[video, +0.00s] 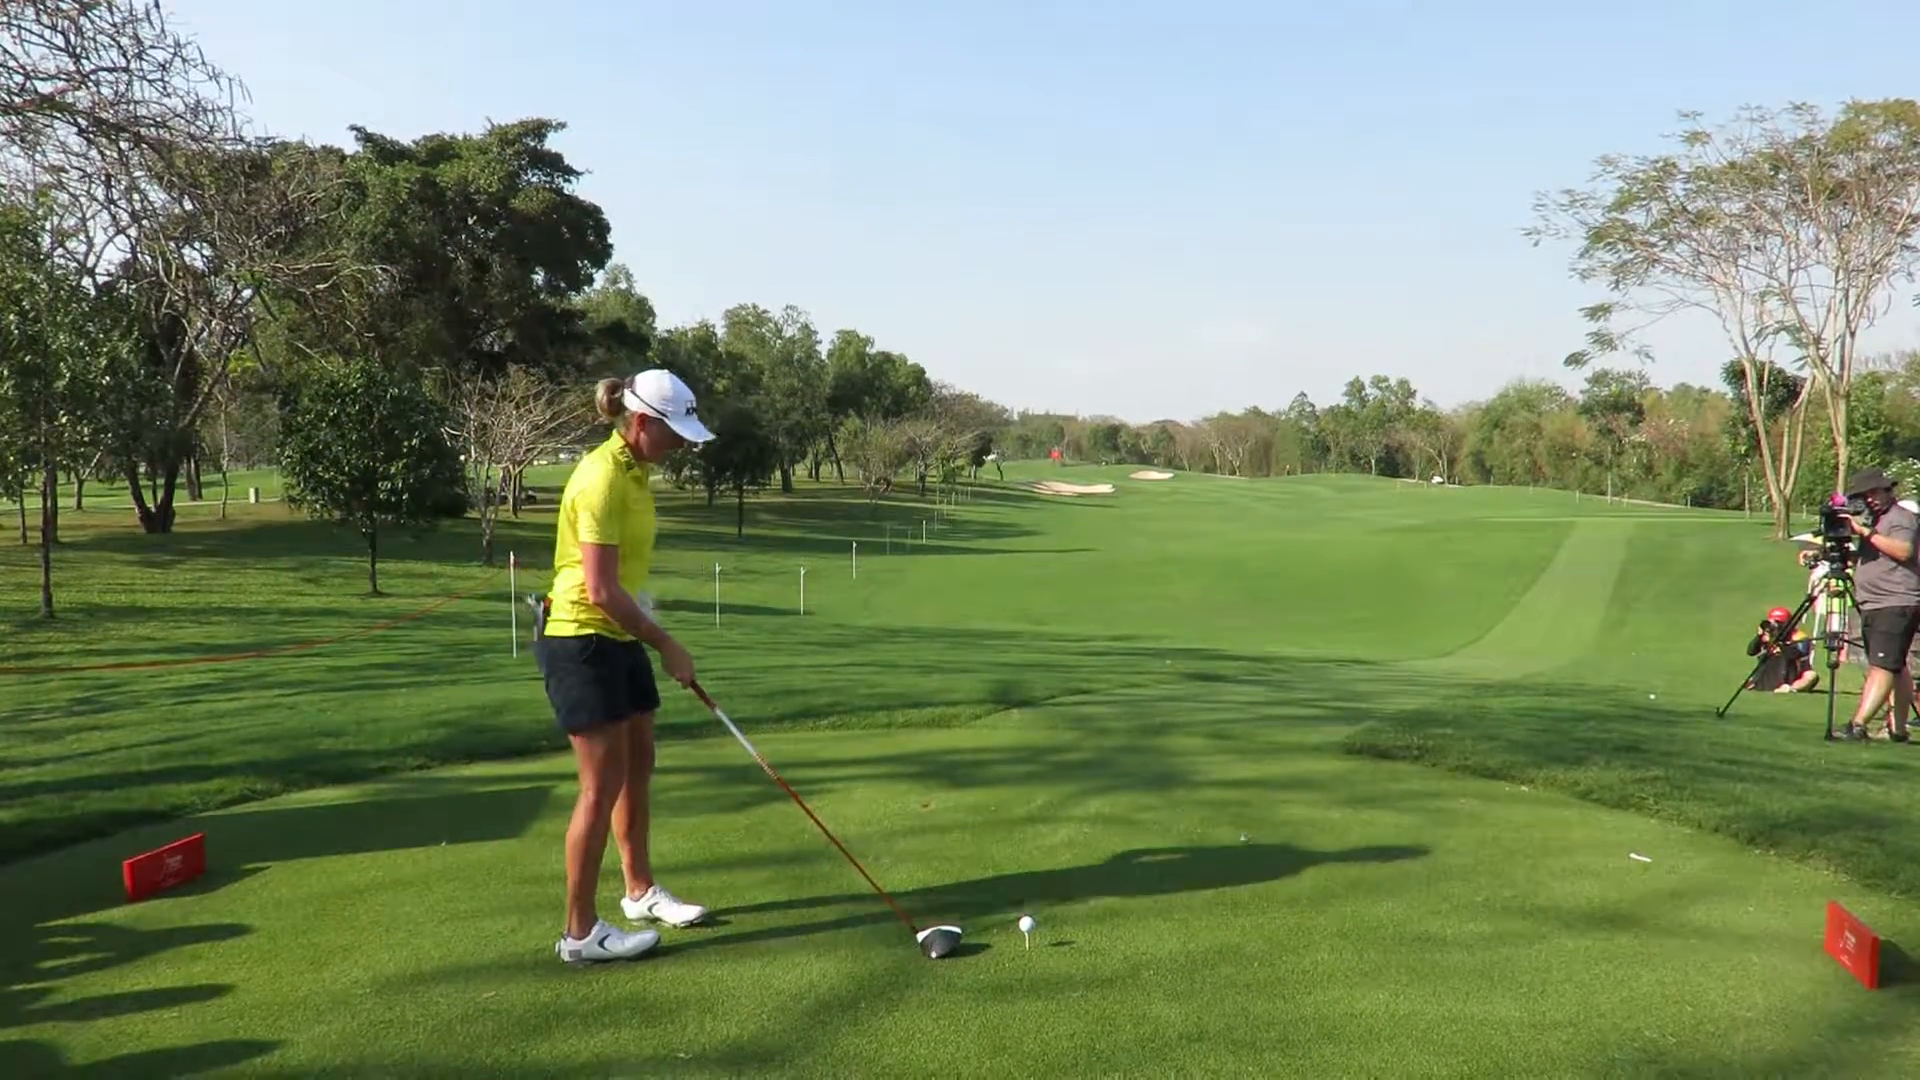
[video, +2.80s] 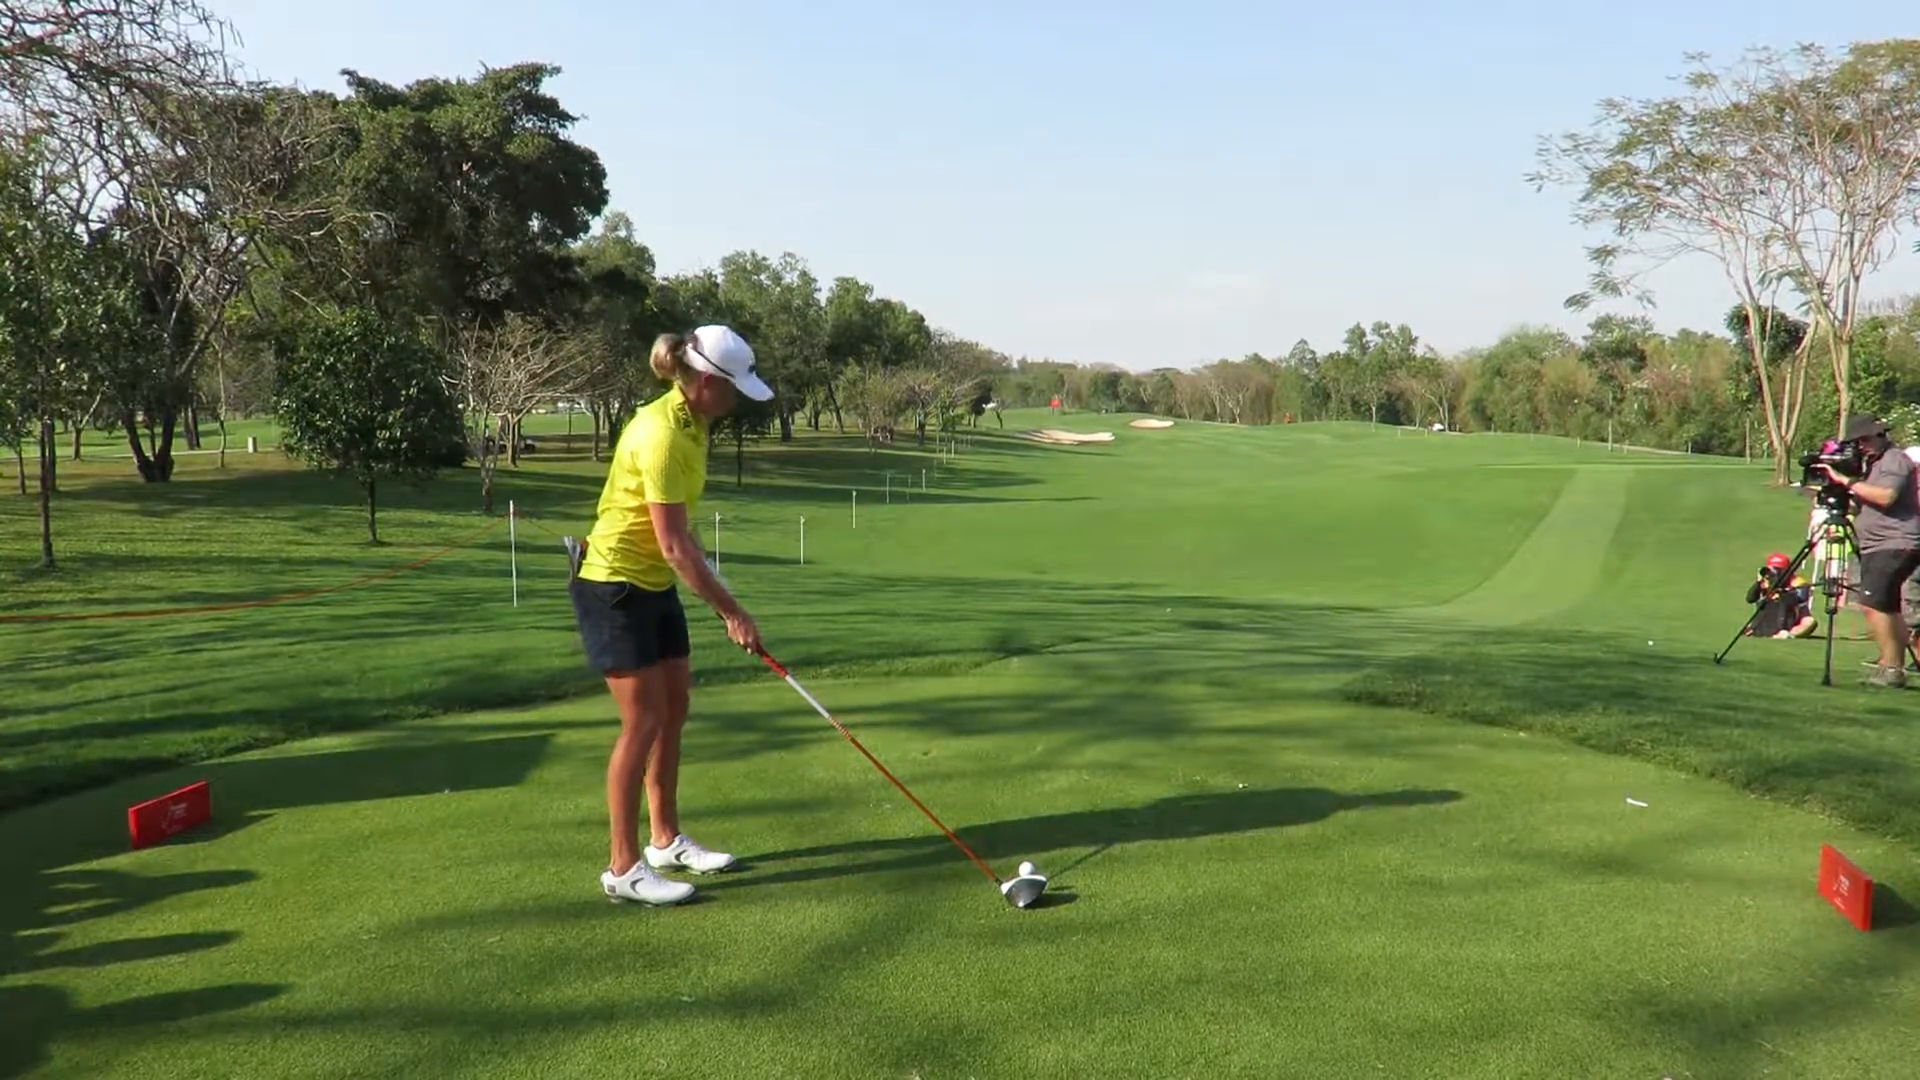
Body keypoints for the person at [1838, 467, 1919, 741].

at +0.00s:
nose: (1868, 502)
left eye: (1872, 495)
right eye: (1864, 497)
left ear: (1886, 492)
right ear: (1864, 499)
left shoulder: (1902, 517)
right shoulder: (1874, 521)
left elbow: (1904, 551)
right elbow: (1864, 558)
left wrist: (1865, 532)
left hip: (1897, 602)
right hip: (1873, 603)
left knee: (1883, 664)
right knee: (1893, 667)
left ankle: (1858, 724)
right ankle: (1898, 727)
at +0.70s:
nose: (1867, 469)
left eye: (1871, 462)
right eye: (1863, 464)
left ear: (1886, 459)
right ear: (1862, 465)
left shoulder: (1899, 483)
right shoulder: (1876, 488)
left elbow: (1899, 517)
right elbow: (1867, 524)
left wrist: (1862, 501)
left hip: (1896, 569)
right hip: (1874, 570)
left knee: (1881, 631)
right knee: (1893, 634)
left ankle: (1855, 691)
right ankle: (1896, 695)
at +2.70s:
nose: (1862, 448)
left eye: (1865, 441)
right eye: (1858, 444)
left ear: (1880, 437)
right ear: (1859, 445)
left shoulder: (1894, 461)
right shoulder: (1876, 465)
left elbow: (1887, 497)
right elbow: (1865, 497)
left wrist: (1848, 483)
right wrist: (1841, 481)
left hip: (1896, 544)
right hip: (1878, 545)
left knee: (1867, 599)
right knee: (1893, 611)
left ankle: (1874, 666)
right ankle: (1896, 673)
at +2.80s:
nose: (1862, 449)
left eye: (1865, 441)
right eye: (1858, 444)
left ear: (1879, 437)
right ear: (1860, 444)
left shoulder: (1895, 460)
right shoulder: (1878, 464)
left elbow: (1886, 496)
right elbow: (1863, 503)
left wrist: (1847, 483)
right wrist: (1841, 485)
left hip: (1896, 545)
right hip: (1881, 545)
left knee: (1874, 604)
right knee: (1889, 609)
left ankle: (1890, 666)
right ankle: (1894, 665)